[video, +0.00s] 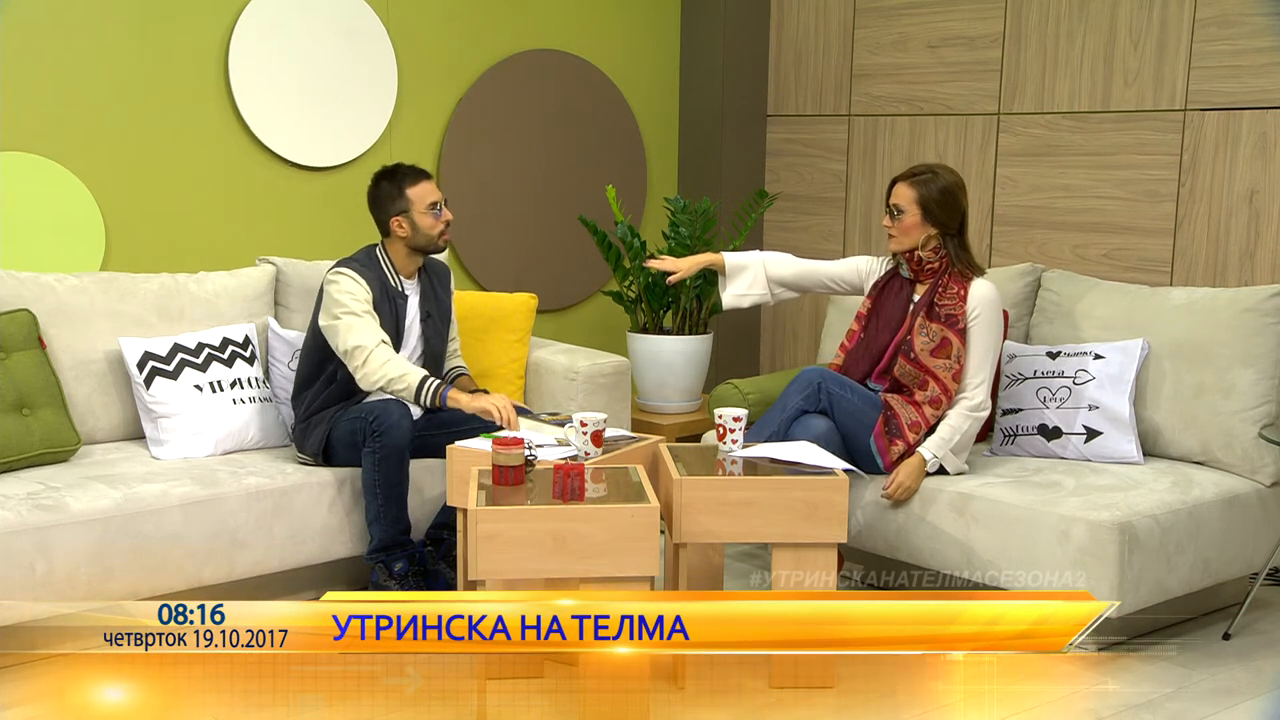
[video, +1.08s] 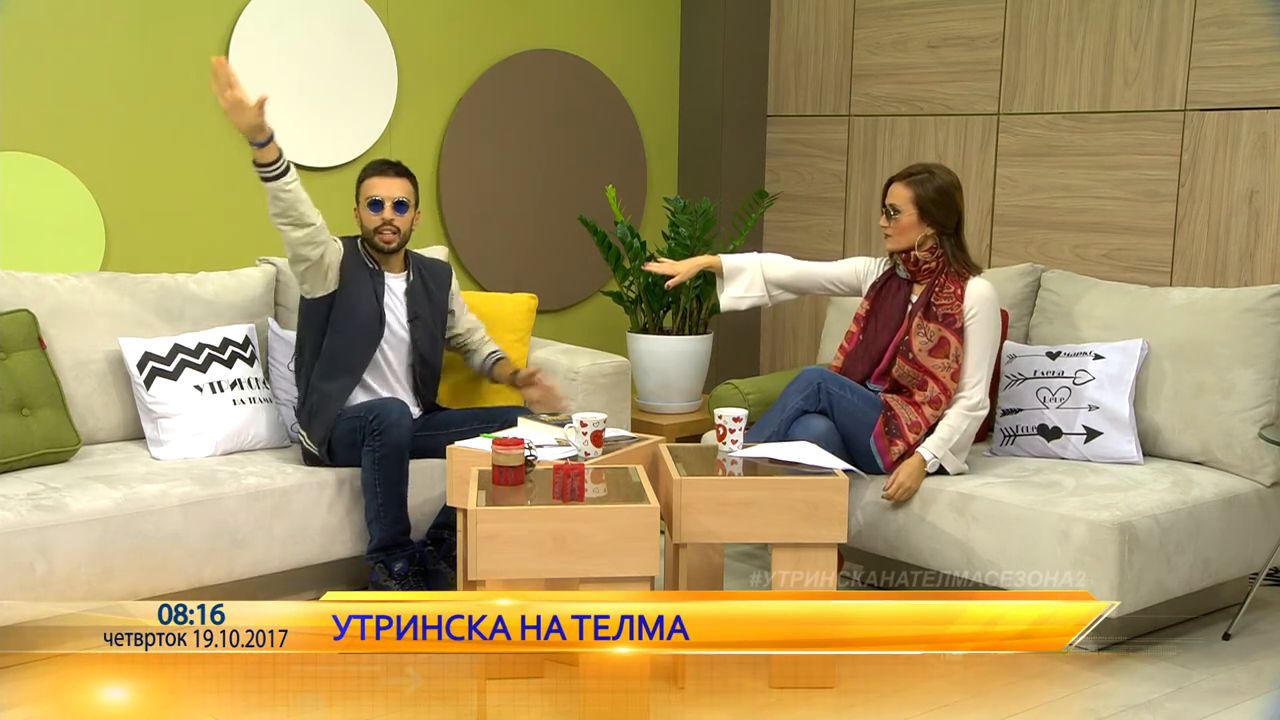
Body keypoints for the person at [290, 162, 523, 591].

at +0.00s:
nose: (448, 217)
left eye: (444, 206)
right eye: (434, 210)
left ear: (404, 227)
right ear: (399, 226)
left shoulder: (437, 274)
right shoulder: (347, 281)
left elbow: (450, 359)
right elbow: (373, 363)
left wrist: (477, 396)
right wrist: (455, 398)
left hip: (409, 419)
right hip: (331, 424)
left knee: (501, 428)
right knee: (391, 414)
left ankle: (440, 547)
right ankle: (391, 561)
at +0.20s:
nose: (418, 216)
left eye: (427, 205)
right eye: (404, 206)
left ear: (435, 214)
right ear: (379, 218)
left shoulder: (439, 275)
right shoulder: (346, 279)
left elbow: (444, 356)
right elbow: (341, 373)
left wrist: (475, 392)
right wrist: (420, 357)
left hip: (412, 422)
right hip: (333, 425)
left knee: (510, 420)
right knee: (395, 415)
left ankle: (440, 549)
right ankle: (392, 562)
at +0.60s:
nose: (392, 216)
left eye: (405, 206)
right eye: (380, 205)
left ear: (421, 219)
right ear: (363, 215)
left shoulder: (436, 273)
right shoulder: (339, 269)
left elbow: (454, 355)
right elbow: (309, 302)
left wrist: (476, 393)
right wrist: (408, 289)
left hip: (415, 421)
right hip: (334, 424)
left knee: (513, 422)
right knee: (394, 413)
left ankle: (439, 550)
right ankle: (392, 562)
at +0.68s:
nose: (387, 215)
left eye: (401, 206)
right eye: (375, 205)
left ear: (418, 218)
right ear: (359, 215)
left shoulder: (435, 273)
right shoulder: (333, 263)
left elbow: (456, 352)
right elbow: (315, 260)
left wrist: (477, 392)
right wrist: (415, 268)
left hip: (415, 421)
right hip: (333, 423)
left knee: (514, 422)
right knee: (395, 412)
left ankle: (441, 549)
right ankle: (391, 561)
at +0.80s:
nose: (385, 216)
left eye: (398, 205)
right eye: (373, 204)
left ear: (415, 216)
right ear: (359, 213)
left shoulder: (436, 274)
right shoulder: (332, 268)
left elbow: (455, 347)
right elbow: (314, 226)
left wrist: (477, 389)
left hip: (414, 419)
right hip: (335, 425)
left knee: (515, 420)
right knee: (395, 413)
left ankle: (441, 548)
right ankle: (391, 562)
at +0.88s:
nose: (386, 214)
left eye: (398, 204)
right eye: (374, 203)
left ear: (416, 215)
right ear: (354, 213)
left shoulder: (436, 273)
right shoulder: (334, 270)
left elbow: (457, 346)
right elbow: (321, 221)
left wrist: (477, 388)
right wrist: (318, 133)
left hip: (414, 423)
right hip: (338, 426)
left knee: (514, 424)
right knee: (397, 415)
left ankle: (440, 550)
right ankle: (392, 563)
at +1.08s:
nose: (388, 217)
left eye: (399, 206)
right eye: (375, 206)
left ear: (415, 216)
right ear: (357, 213)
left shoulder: (435, 276)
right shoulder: (328, 265)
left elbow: (474, 344)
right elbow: (296, 216)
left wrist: (518, 377)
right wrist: (261, 140)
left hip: (414, 420)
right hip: (337, 425)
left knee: (520, 423)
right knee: (391, 413)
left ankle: (438, 554)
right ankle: (392, 565)